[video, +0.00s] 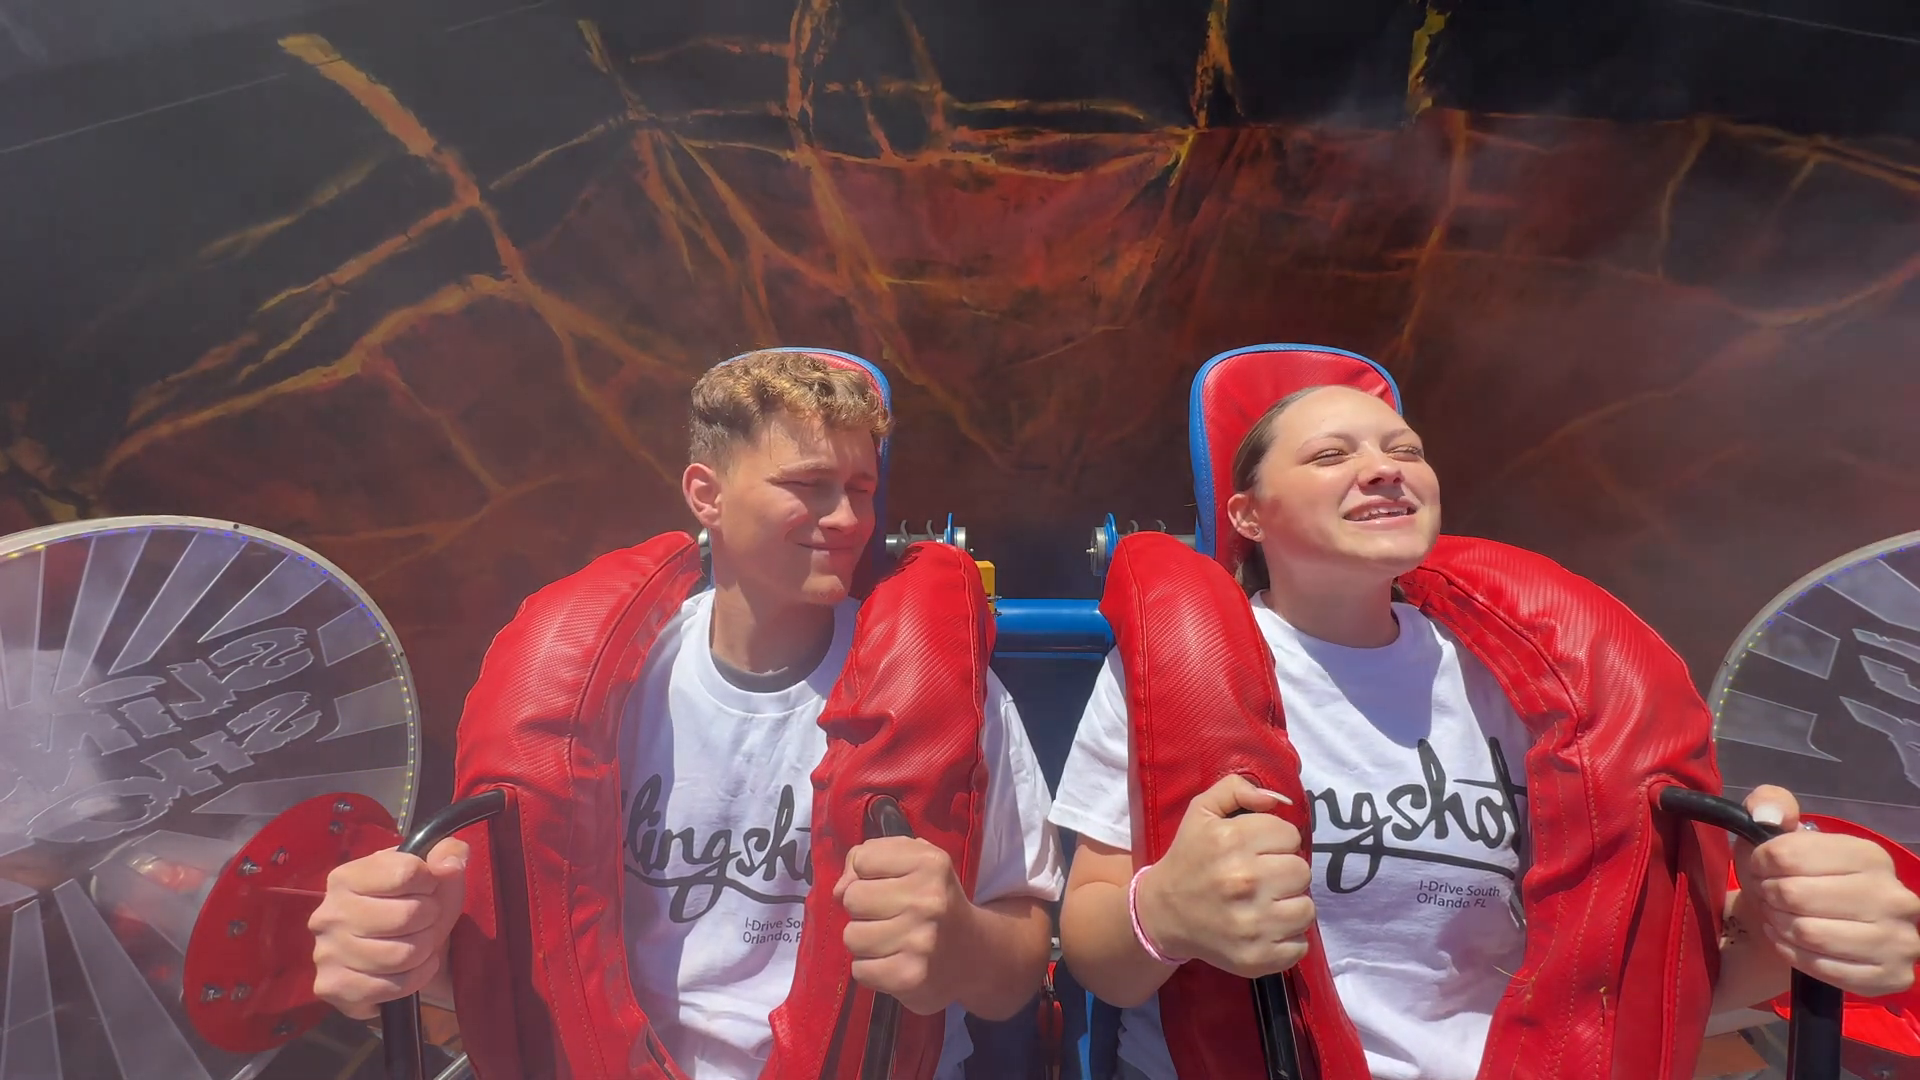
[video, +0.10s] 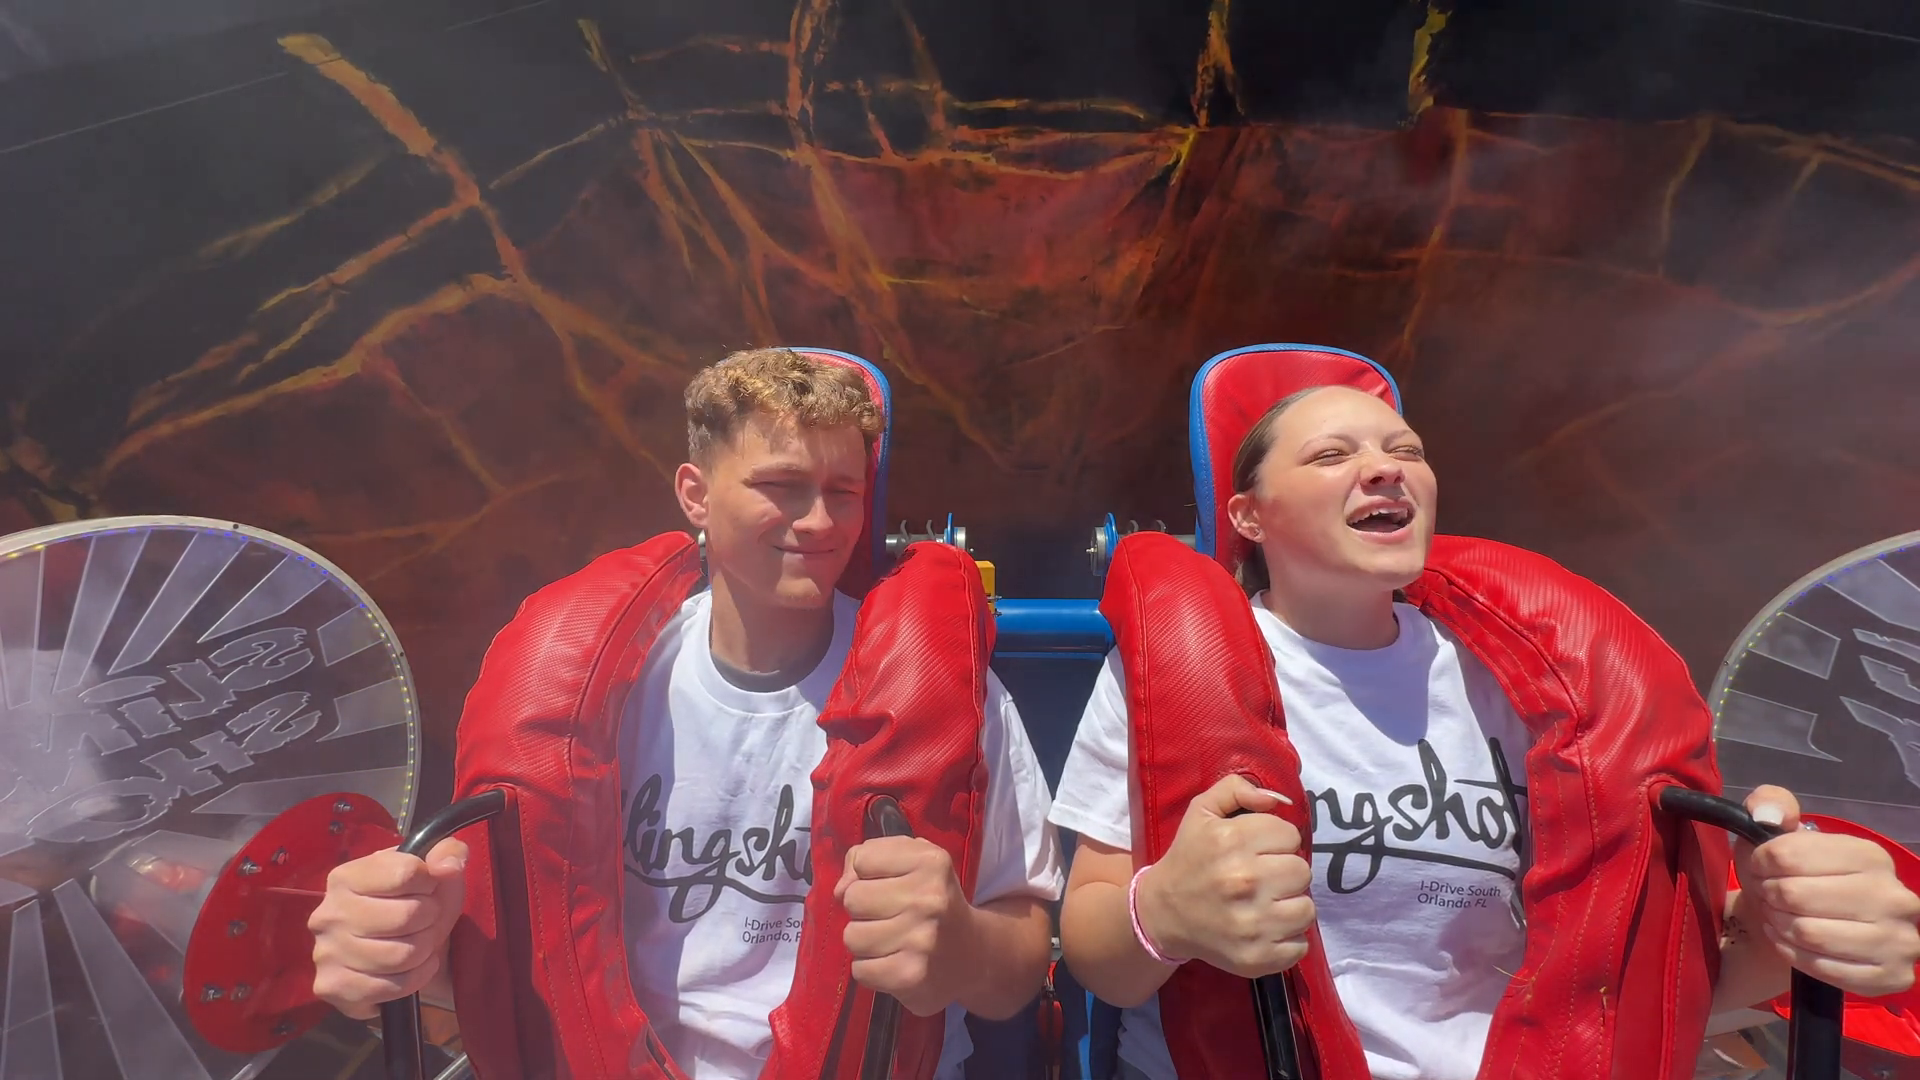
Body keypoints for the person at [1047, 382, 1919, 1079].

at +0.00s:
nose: (1384, 467)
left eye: (1399, 444)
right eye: (1329, 453)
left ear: (1433, 482)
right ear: (1245, 515)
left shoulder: (1531, 665)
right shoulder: (1174, 662)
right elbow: (1088, 953)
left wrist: (1770, 918)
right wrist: (1158, 914)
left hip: (1506, 1067)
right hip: (1283, 1065)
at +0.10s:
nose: (1384, 468)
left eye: (1399, 446)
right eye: (1331, 453)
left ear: (1432, 484)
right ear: (1244, 516)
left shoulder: (1532, 667)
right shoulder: (1173, 661)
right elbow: (1088, 952)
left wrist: (1768, 916)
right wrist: (1158, 914)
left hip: (1506, 1068)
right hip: (1283, 1066)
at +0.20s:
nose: (1388, 466)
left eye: (1401, 446)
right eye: (1333, 451)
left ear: (1432, 489)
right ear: (1245, 515)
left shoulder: (1529, 666)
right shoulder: (1173, 660)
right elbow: (1088, 951)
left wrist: (1760, 901)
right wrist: (1158, 915)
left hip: (1503, 1067)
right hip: (1283, 1065)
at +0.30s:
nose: (1387, 467)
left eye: (1400, 446)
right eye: (1333, 452)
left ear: (1432, 488)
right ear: (1246, 517)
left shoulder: (1531, 665)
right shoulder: (1173, 661)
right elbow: (1088, 951)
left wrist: (1760, 899)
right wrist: (1158, 915)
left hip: (1504, 1067)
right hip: (1281, 1065)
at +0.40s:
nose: (1387, 466)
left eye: (1401, 445)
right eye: (1333, 452)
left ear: (1433, 486)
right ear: (1245, 515)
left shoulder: (1530, 665)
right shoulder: (1173, 661)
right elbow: (1088, 952)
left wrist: (1760, 906)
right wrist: (1158, 915)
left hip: (1505, 1067)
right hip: (1283, 1065)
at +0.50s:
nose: (1387, 463)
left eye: (1401, 443)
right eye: (1332, 451)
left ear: (1434, 488)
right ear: (1246, 516)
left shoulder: (1530, 666)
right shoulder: (1173, 659)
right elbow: (1088, 951)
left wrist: (1762, 907)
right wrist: (1158, 915)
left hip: (1506, 1068)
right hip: (1287, 1066)